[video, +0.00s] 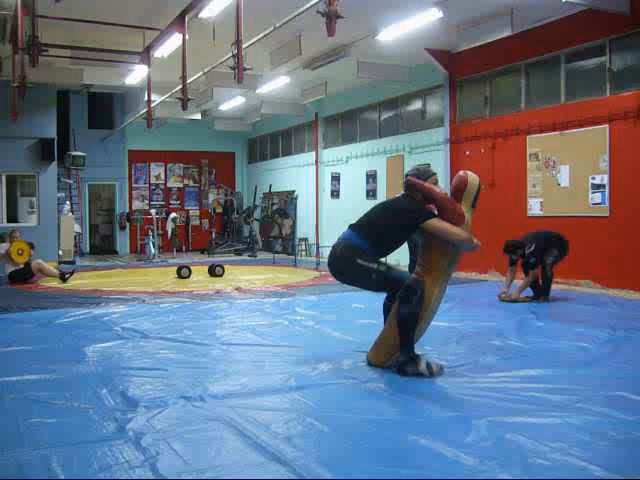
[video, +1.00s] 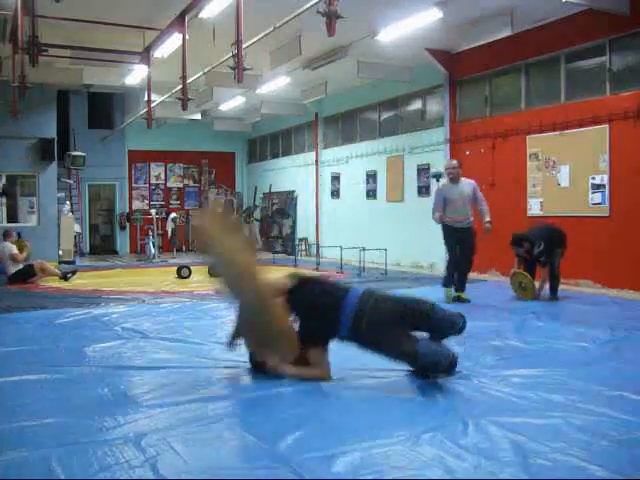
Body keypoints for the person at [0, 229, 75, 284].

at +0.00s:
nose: (17, 239)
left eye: (18, 237)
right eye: (15, 238)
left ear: (20, 237)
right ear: (10, 238)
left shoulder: (21, 246)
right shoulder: (6, 246)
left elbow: (31, 254)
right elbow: (2, 255)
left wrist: (27, 252)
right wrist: (7, 250)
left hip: (22, 270)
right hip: (13, 273)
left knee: (40, 264)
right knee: (38, 264)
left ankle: (61, 274)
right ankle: (61, 275)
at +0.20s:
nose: (16, 239)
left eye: (18, 237)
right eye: (14, 237)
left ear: (19, 237)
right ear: (9, 237)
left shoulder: (19, 245)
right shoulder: (6, 246)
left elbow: (25, 260)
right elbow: (3, 260)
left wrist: (28, 252)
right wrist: (12, 249)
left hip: (21, 271)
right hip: (13, 274)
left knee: (39, 264)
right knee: (38, 264)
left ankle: (60, 274)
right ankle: (60, 275)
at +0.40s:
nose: (16, 238)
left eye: (16, 236)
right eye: (14, 236)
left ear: (9, 237)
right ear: (9, 237)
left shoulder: (9, 245)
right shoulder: (7, 245)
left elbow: (14, 259)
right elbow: (14, 259)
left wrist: (24, 251)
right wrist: (25, 251)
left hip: (17, 273)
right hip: (14, 275)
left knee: (38, 264)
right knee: (37, 264)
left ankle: (61, 274)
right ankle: (60, 275)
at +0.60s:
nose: (17, 240)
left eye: (17, 238)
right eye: (17, 238)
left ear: (6, 238)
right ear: (14, 238)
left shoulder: (3, 246)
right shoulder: (17, 246)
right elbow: (27, 259)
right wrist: (29, 251)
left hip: (11, 276)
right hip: (18, 275)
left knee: (41, 267)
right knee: (38, 264)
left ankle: (62, 274)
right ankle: (61, 275)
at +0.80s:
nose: (17, 240)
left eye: (16, 238)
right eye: (17, 238)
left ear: (7, 238)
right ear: (15, 238)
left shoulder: (2, 246)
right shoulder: (17, 246)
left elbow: (2, 259)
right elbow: (27, 260)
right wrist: (26, 252)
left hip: (11, 276)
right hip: (18, 274)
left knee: (40, 265)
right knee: (40, 265)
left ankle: (61, 274)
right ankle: (62, 275)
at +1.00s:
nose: (16, 238)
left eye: (15, 236)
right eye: (14, 236)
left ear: (6, 237)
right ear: (9, 237)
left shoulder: (5, 245)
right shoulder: (8, 246)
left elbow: (17, 259)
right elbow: (19, 259)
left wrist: (22, 249)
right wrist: (26, 249)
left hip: (14, 274)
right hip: (14, 275)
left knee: (41, 264)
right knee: (41, 265)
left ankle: (62, 274)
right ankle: (62, 275)